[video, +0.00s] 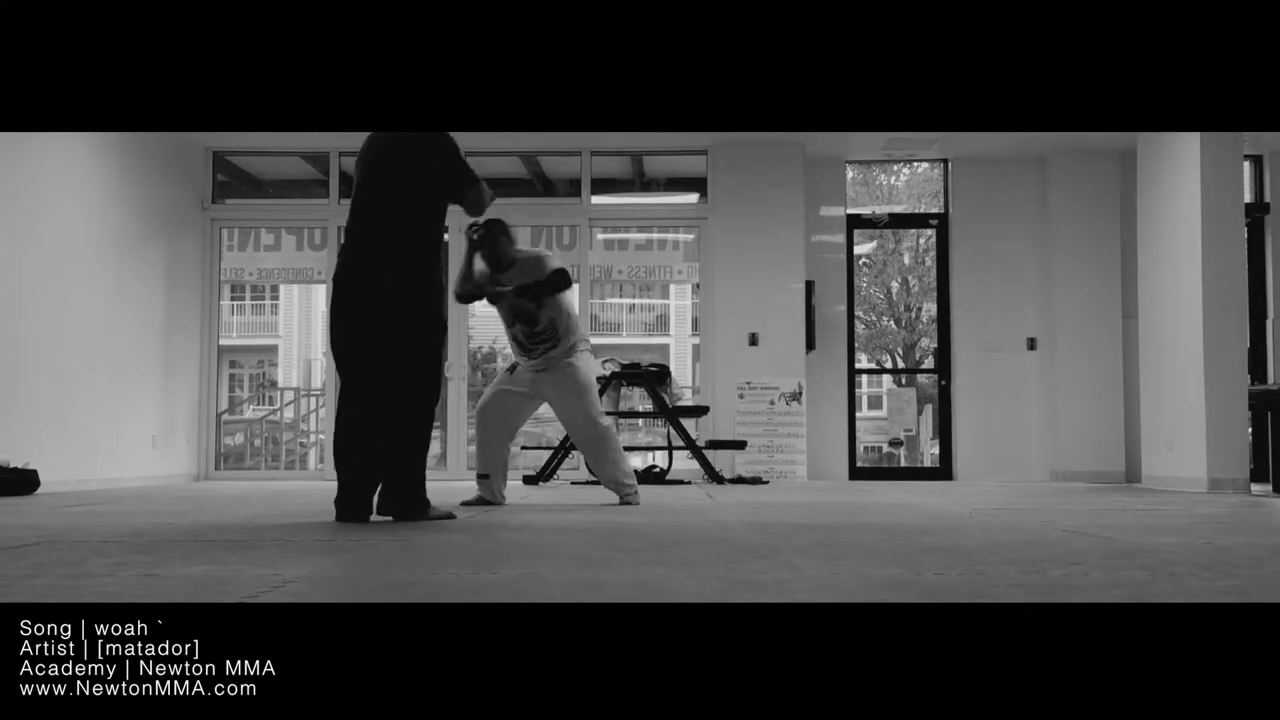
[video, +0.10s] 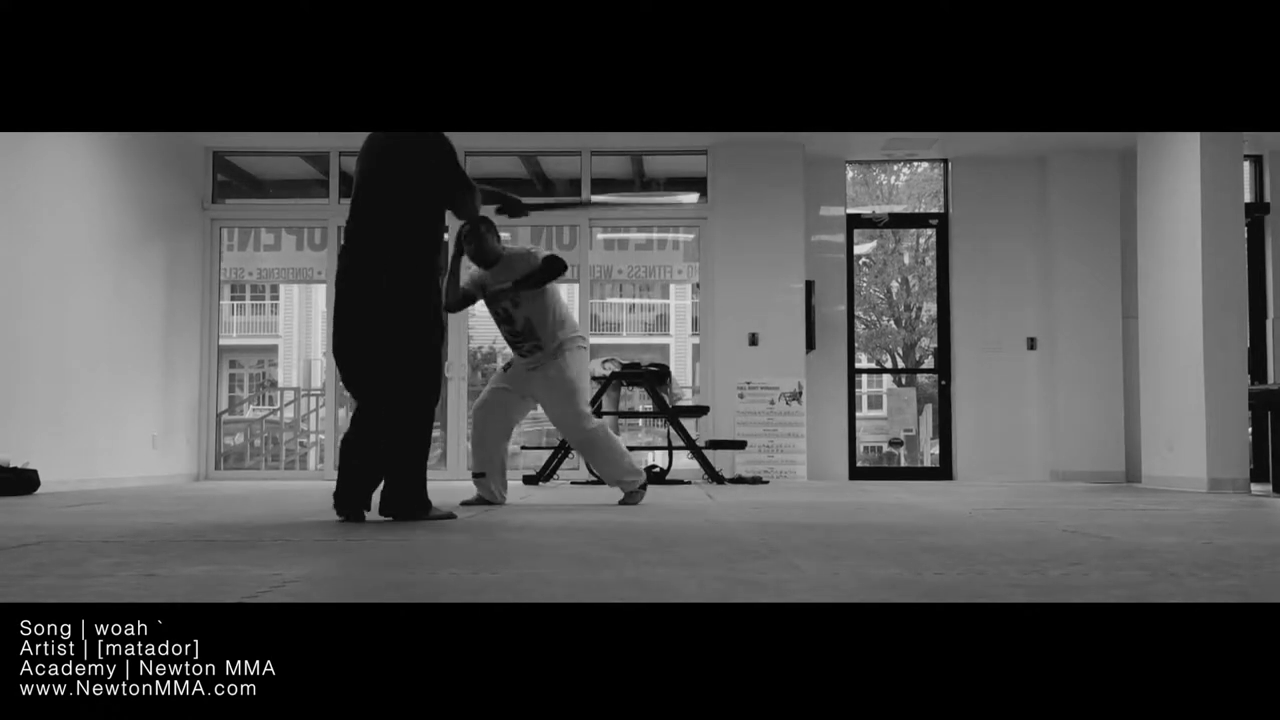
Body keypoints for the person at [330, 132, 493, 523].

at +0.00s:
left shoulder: (372, 143)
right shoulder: (436, 142)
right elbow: (477, 201)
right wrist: (478, 183)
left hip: (357, 283)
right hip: (412, 286)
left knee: (360, 391)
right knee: (414, 393)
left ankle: (352, 503)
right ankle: (406, 500)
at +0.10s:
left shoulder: (375, 144)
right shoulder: (431, 144)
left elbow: (438, 185)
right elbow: (468, 208)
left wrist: (499, 197)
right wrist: (470, 188)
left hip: (360, 287)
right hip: (409, 289)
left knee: (377, 396)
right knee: (416, 394)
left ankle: (350, 498)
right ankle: (406, 501)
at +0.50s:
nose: (432, 137)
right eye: (432, 135)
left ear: (390, 127)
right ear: (426, 132)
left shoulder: (364, 149)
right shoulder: (421, 160)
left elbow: (412, 174)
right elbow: (456, 233)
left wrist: (467, 163)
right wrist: (440, 189)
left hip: (351, 295)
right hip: (402, 300)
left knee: (342, 392)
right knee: (408, 396)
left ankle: (330, 493)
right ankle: (406, 501)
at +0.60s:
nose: (422, 140)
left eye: (421, 137)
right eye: (422, 137)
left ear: (381, 129)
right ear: (415, 135)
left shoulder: (353, 156)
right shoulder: (414, 167)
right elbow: (442, 231)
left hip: (343, 298)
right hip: (391, 303)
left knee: (341, 394)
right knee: (407, 397)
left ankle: (327, 495)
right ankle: (406, 501)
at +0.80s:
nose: (412, 143)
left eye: (411, 139)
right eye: (411, 138)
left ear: (370, 129)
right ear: (404, 136)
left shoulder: (336, 160)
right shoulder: (399, 167)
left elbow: (334, 219)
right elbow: (418, 222)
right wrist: (434, 262)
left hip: (325, 294)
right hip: (370, 299)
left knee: (326, 391)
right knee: (374, 391)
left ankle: (323, 496)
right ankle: (346, 493)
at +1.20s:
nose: (393, 143)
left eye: (392, 138)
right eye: (391, 137)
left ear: (359, 130)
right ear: (379, 134)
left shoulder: (347, 162)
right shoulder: (355, 162)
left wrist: (448, 215)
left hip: (324, 297)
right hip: (332, 299)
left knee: (331, 395)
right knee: (339, 395)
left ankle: (330, 498)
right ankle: (333, 500)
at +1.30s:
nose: (394, 141)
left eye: (395, 136)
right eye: (393, 135)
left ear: (363, 132)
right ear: (379, 133)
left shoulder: (366, 166)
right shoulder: (350, 165)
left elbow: (408, 207)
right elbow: (357, 234)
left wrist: (456, 240)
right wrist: (388, 227)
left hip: (337, 301)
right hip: (324, 301)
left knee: (342, 392)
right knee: (343, 392)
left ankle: (333, 498)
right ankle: (332, 500)